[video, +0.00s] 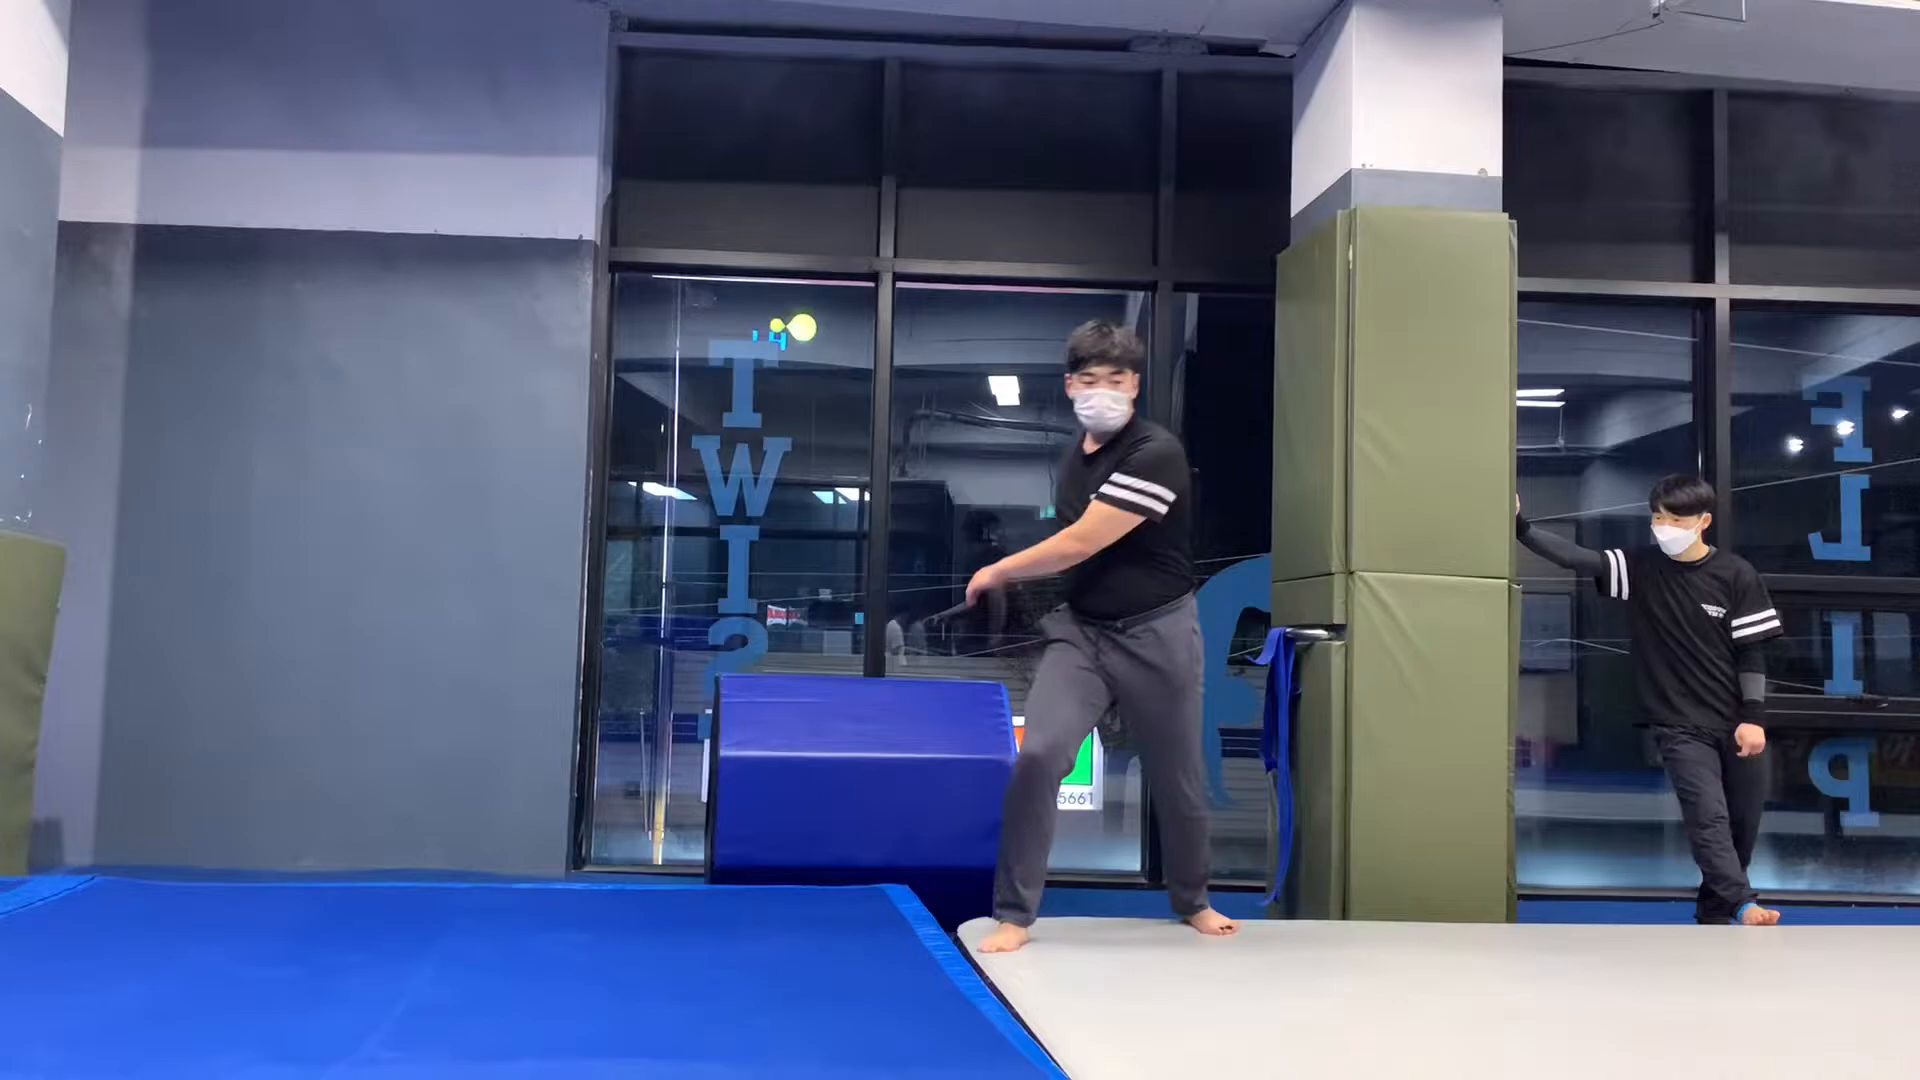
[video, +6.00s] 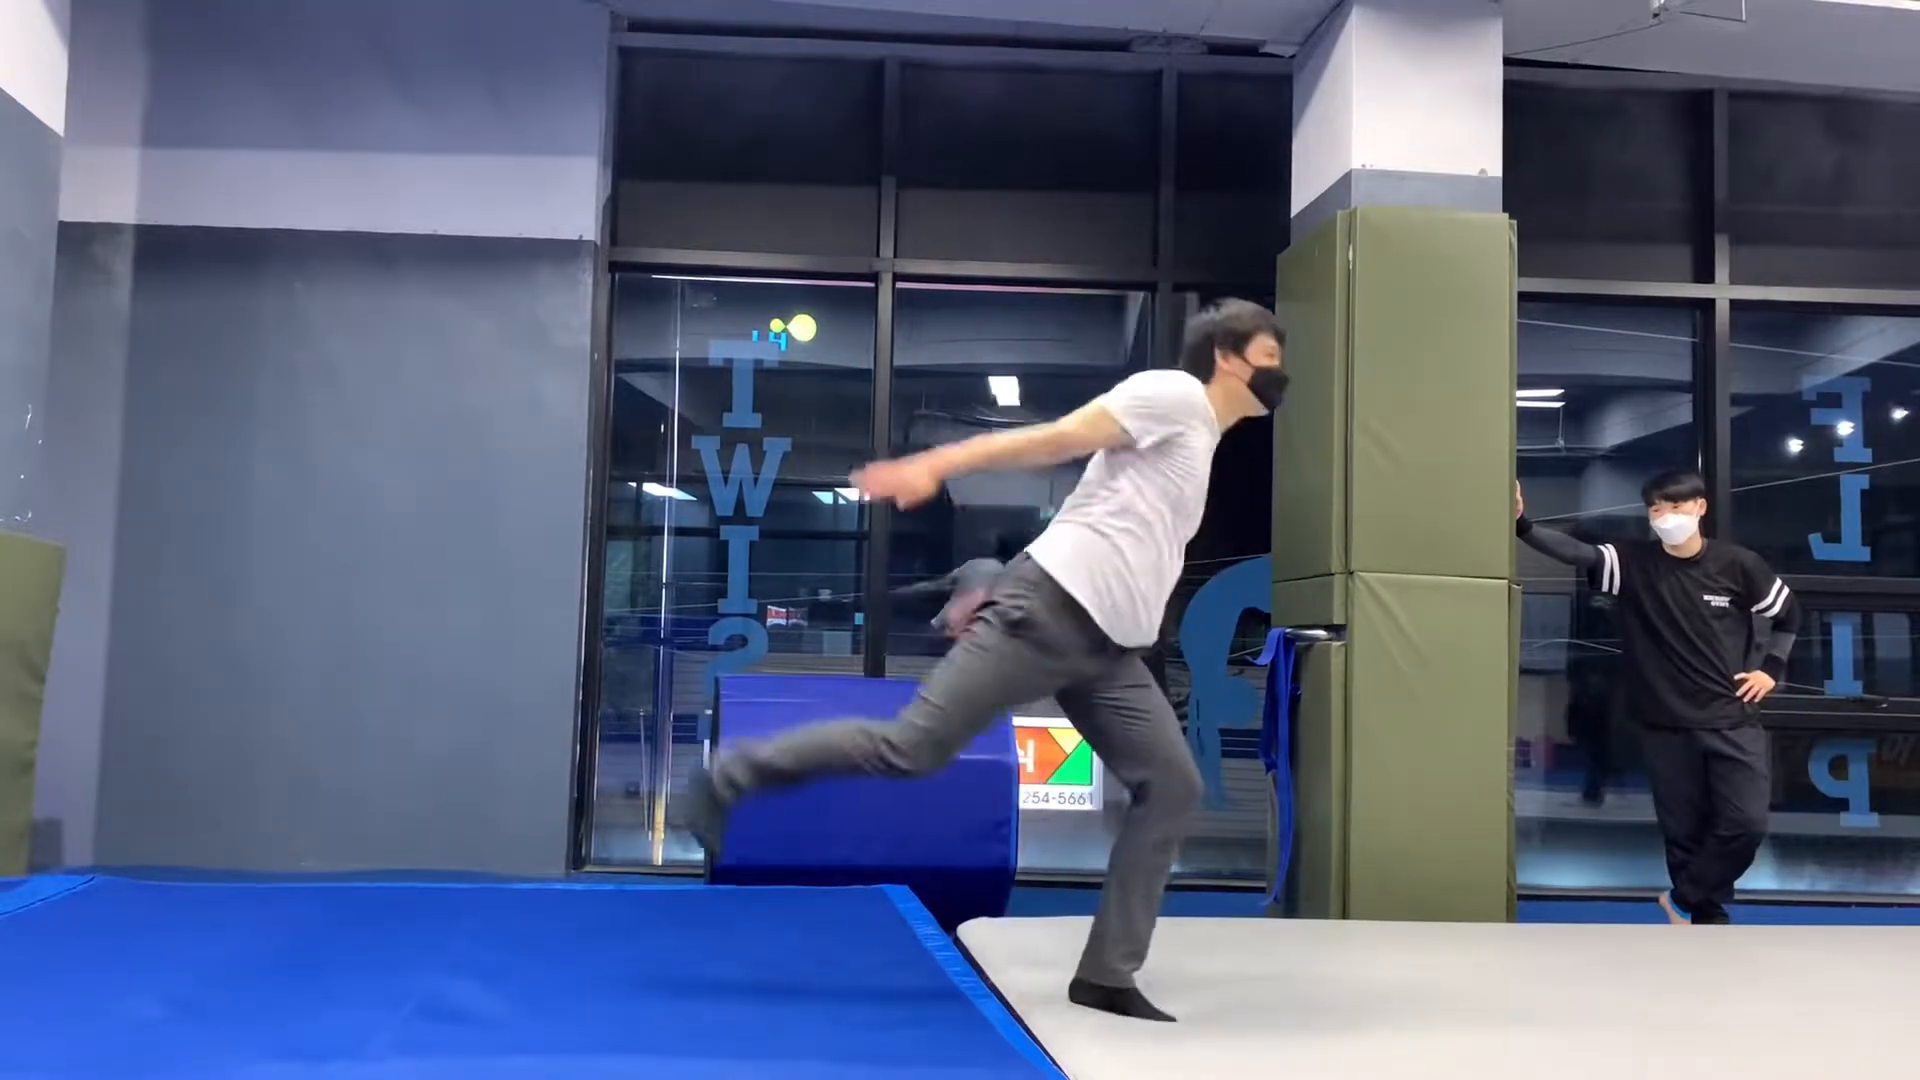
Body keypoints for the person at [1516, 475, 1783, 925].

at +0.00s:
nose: (1657, 529)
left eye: (1668, 522)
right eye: (1655, 520)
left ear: (1702, 523)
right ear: (1652, 517)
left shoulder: (1737, 576)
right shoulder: (1641, 567)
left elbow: (1751, 655)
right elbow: (1578, 558)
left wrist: (1752, 717)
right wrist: (1522, 527)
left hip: (1734, 721)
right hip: (1679, 721)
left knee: (1743, 823)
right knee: (1708, 813)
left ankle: (1711, 914)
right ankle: (1743, 904)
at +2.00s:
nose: (1658, 529)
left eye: (1669, 521)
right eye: (1655, 519)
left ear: (1701, 520)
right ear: (1650, 518)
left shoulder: (1736, 575)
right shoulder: (1641, 566)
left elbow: (1752, 653)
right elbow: (1578, 558)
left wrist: (1753, 717)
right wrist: (1522, 527)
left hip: (1733, 721)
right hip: (1678, 720)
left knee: (1744, 822)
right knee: (1707, 814)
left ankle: (1711, 912)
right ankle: (1743, 904)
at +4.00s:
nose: (1669, 526)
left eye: (1680, 515)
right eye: (1663, 518)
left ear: (1709, 514)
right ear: (1656, 524)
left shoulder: (1755, 568)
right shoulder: (1649, 570)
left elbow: (1780, 644)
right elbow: (1587, 568)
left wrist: (1791, 705)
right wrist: (1525, 543)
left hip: (1766, 724)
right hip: (1703, 728)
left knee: (1776, 829)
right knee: (1725, 818)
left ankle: (1759, 900)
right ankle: (1746, 907)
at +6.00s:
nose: (1664, 512)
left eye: (1675, 503)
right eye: (1656, 505)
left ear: (1700, 508)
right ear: (1648, 513)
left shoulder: (1738, 564)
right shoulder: (1633, 561)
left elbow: (1788, 615)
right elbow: (1578, 552)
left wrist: (1770, 669)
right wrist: (1523, 526)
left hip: (1731, 718)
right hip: (1666, 722)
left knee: (1747, 823)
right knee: (1682, 832)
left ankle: (1684, 899)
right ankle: (1714, 928)